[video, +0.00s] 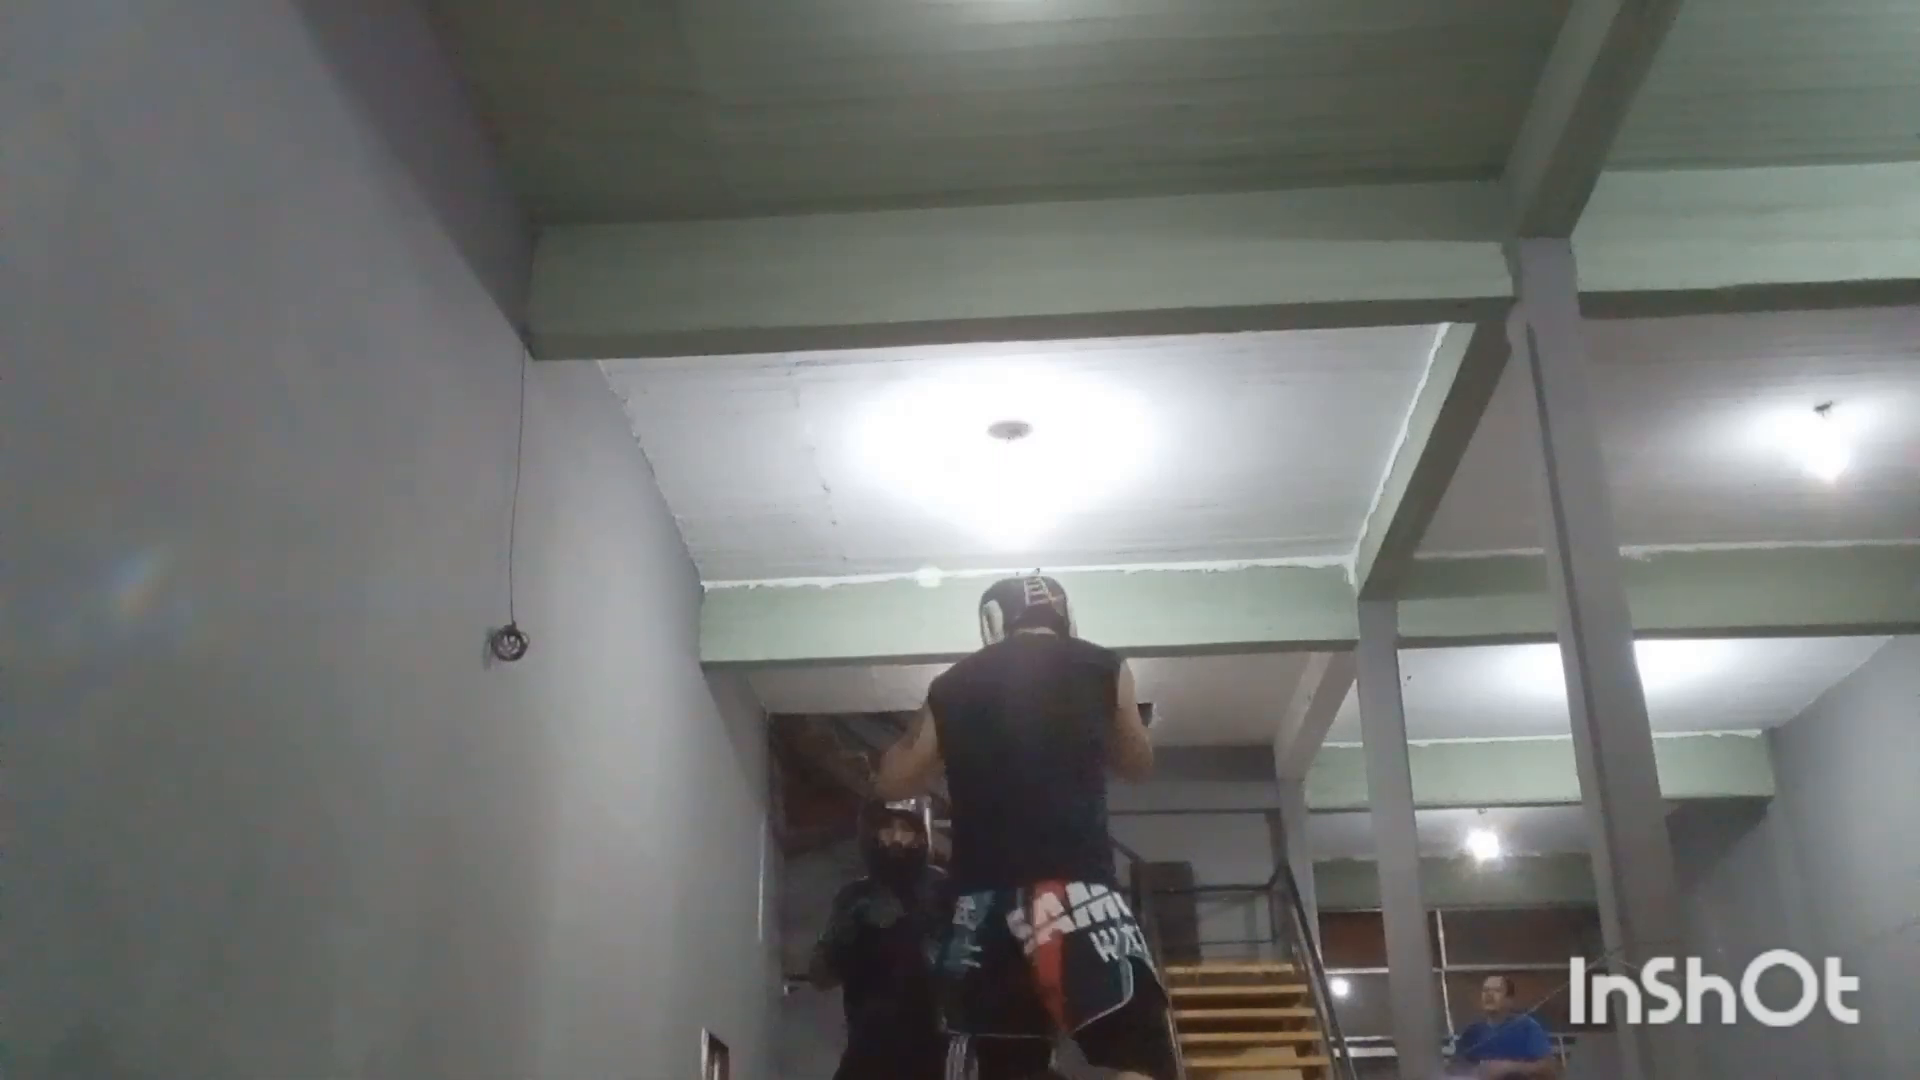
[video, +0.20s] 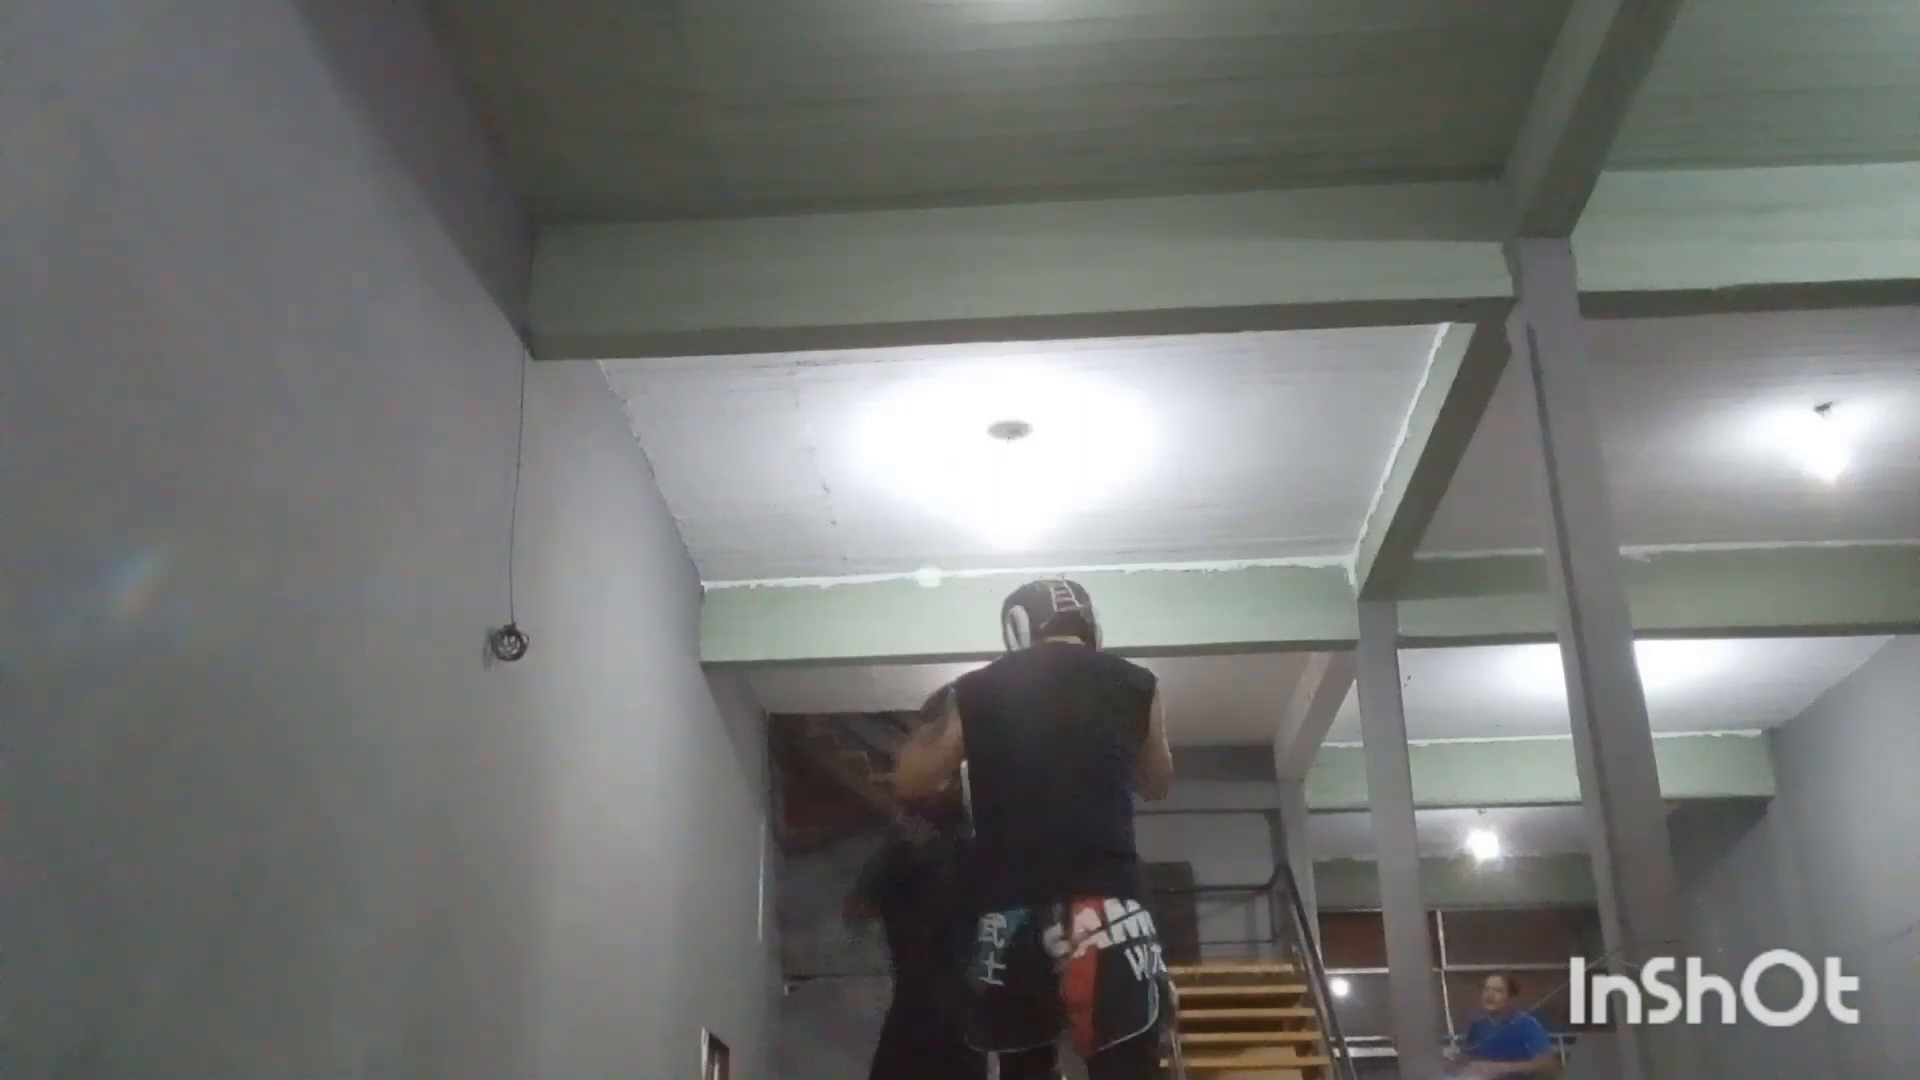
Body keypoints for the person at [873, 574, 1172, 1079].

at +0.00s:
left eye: (987, 623)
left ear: (995, 623)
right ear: (1062, 620)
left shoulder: (954, 685)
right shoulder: (1105, 667)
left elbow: (892, 781)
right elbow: (1137, 764)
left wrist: (943, 736)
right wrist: (1092, 723)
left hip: (984, 912)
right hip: (1086, 905)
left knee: (1003, 1068)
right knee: (1141, 1063)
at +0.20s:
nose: (1009, 638)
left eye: (1009, 630)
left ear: (1020, 629)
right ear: (1091, 627)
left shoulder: (976, 689)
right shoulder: (1134, 682)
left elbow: (911, 778)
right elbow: (1157, 783)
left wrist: (953, 777)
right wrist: (1107, 741)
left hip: (1008, 915)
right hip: (1110, 914)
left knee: (1023, 1069)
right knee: (1130, 1069)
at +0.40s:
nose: (1012, 641)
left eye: (1013, 634)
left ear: (1022, 634)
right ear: (1089, 631)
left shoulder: (982, 689)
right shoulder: (1135, 679)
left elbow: (926, 789)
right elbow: (1164, 782)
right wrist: (1112, 741)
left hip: (1013, 900)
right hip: (1116, 897)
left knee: (1015, 1062)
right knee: (1133, 1062)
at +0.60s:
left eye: (1000, 654)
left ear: (1010, 653)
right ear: (1075, 650)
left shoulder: (969, 709)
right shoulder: (1113, 691)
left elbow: (943, 810)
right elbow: (1150, 783)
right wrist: (1136, 730)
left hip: (998, 909)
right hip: (1098, 900)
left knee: (1012, 1058)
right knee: (1116, 1056)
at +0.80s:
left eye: (992, 657)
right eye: (1072, 650)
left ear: (1002, 656)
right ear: (1068, 650)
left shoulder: (964, 707)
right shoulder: (1103, 690)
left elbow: (935, 807)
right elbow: (1143, 787)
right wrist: (1122, 734)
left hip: (983, 923)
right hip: (1079, 917)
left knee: (1002, 1065)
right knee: (1093, 1065)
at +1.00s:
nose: (1086, 660)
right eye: (1082, 653)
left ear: (1007, 659)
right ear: (1073, 654)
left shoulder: (961, 711)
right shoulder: (1108, 701)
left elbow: (908, 800)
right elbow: (1146, 799)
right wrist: (1134, 741)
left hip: (973, 915)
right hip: (1066, 913)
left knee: (999, 1062)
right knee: (1060, 1061)